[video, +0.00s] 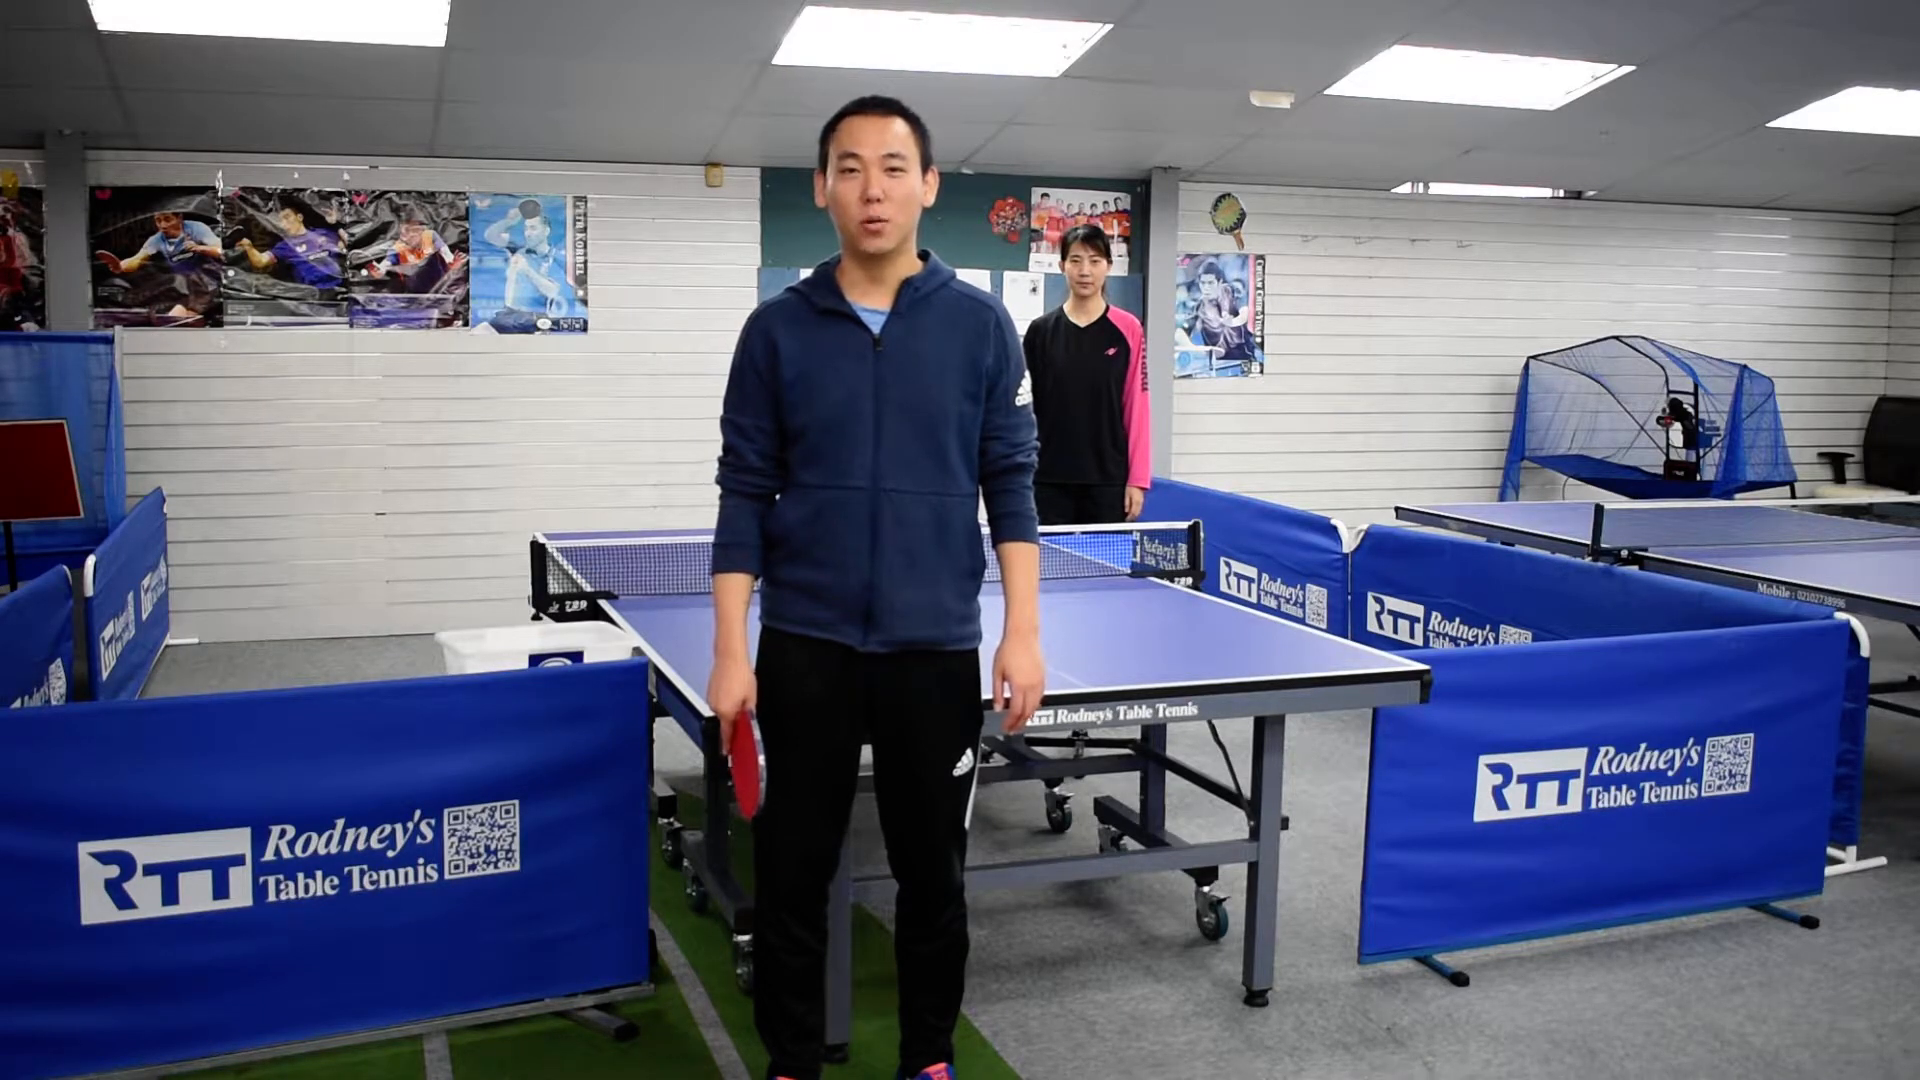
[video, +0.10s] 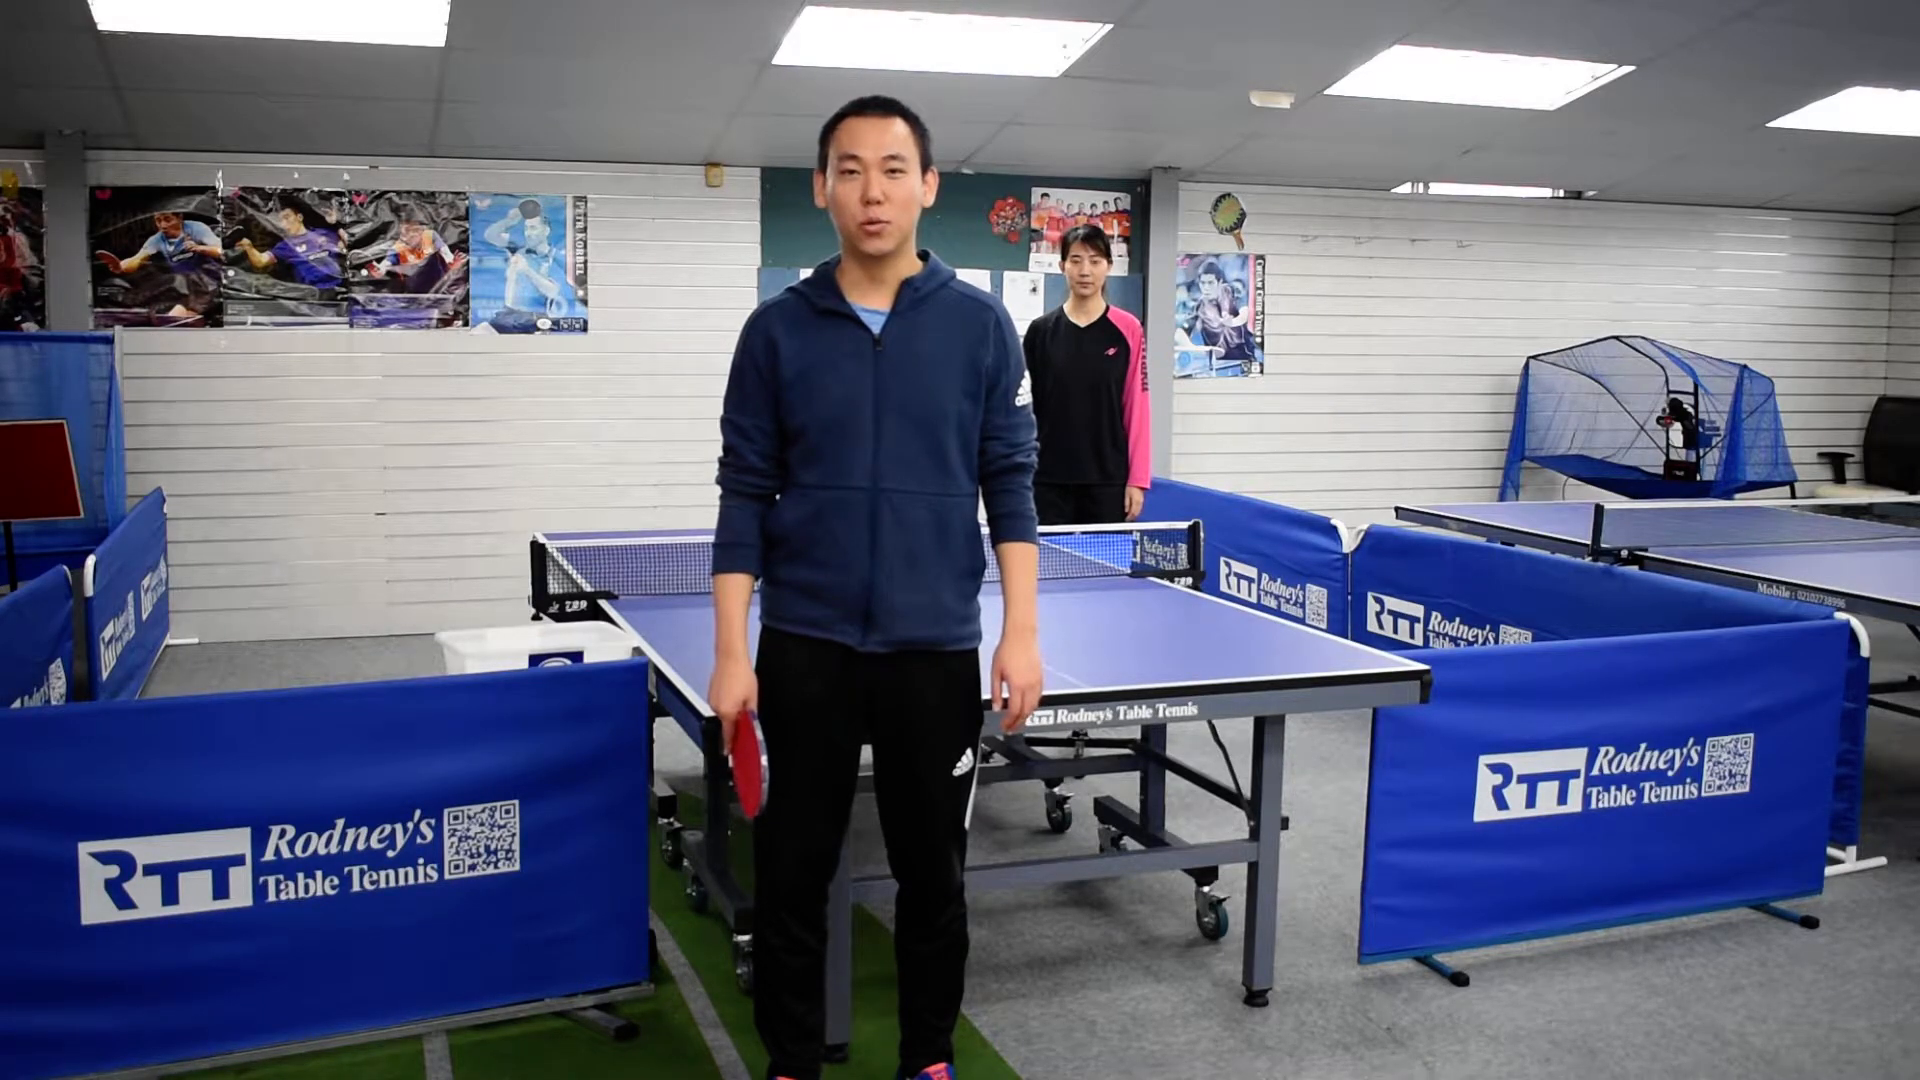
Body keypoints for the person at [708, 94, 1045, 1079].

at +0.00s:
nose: (870, 188)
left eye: (893, 168)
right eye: (849, 169)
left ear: (927, 189)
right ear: (824, 191)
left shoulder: (979, 325)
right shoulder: (777, 329)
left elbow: (1012, 482)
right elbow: (742, 490)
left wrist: (1023, 631)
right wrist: (730, 650)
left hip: (934, 644)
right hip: (806, 643)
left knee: (932, 874)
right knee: (791, 875)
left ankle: (930, 1060)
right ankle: (791, 1062)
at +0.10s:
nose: (872, 190)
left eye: (893, 170)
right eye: (850, 171)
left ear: (926, 189)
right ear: (824, 191)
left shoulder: (978, 325)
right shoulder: (777, 329)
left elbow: (1012, 482)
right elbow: (742, 492)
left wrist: (1021, 632)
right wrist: (731, 652)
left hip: (934, 644)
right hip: (806, 643)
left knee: (931, 873)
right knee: (791, 874)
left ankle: (930, 1060)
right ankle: (790, 1061)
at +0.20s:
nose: (870, 190)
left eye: (892, 170)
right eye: (849, 171)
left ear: (926, 189)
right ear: (823, 191)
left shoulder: (978, 325)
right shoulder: (777, 329)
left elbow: (1011, 482)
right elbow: (742, 491)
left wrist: (1021, 632)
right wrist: (731, 653)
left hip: (934, 644)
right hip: (806, 643)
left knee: (931, 873)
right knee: (791, 874)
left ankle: (930, 1060)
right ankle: (791, 1061)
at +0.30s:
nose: (869, 189)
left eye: (891, 169)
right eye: (847, 170)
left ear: (925, 189)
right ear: (822, 192)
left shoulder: (978, 325)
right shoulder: (777, 329)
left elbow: (1011, 482)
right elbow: (742, 491)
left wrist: (1021, 631)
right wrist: (731, 653)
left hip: (934, 644)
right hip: (806, 643)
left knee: (932, 872)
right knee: (791, 875)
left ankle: (930, 1060)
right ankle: (791, 1061)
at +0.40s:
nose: (868, 187)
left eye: (890, 167)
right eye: (846, 168)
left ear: (925, 188)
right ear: (821, 192)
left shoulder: (979, 326)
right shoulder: (776, 330)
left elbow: (1012, 483)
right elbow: (742, 492)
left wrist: (1022, 631)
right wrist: (731, 653)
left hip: (933, 645)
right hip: (805, 644)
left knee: (932, 873)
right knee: (790, 877)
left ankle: (930, 1060)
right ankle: (791, 1062)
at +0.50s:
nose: (867, 186)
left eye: (889, 166)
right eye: (845, 168)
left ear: (923, 187)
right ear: (820, 192)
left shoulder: (979, 326)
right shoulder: (777, 330)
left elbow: (1012, 483)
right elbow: (742, 492)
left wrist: (1022, 631)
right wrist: (731, 653)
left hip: (933, 644)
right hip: (805, 643)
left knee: (932, 873)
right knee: (790, 876)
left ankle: (930, 1060)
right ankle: (791, 1062)